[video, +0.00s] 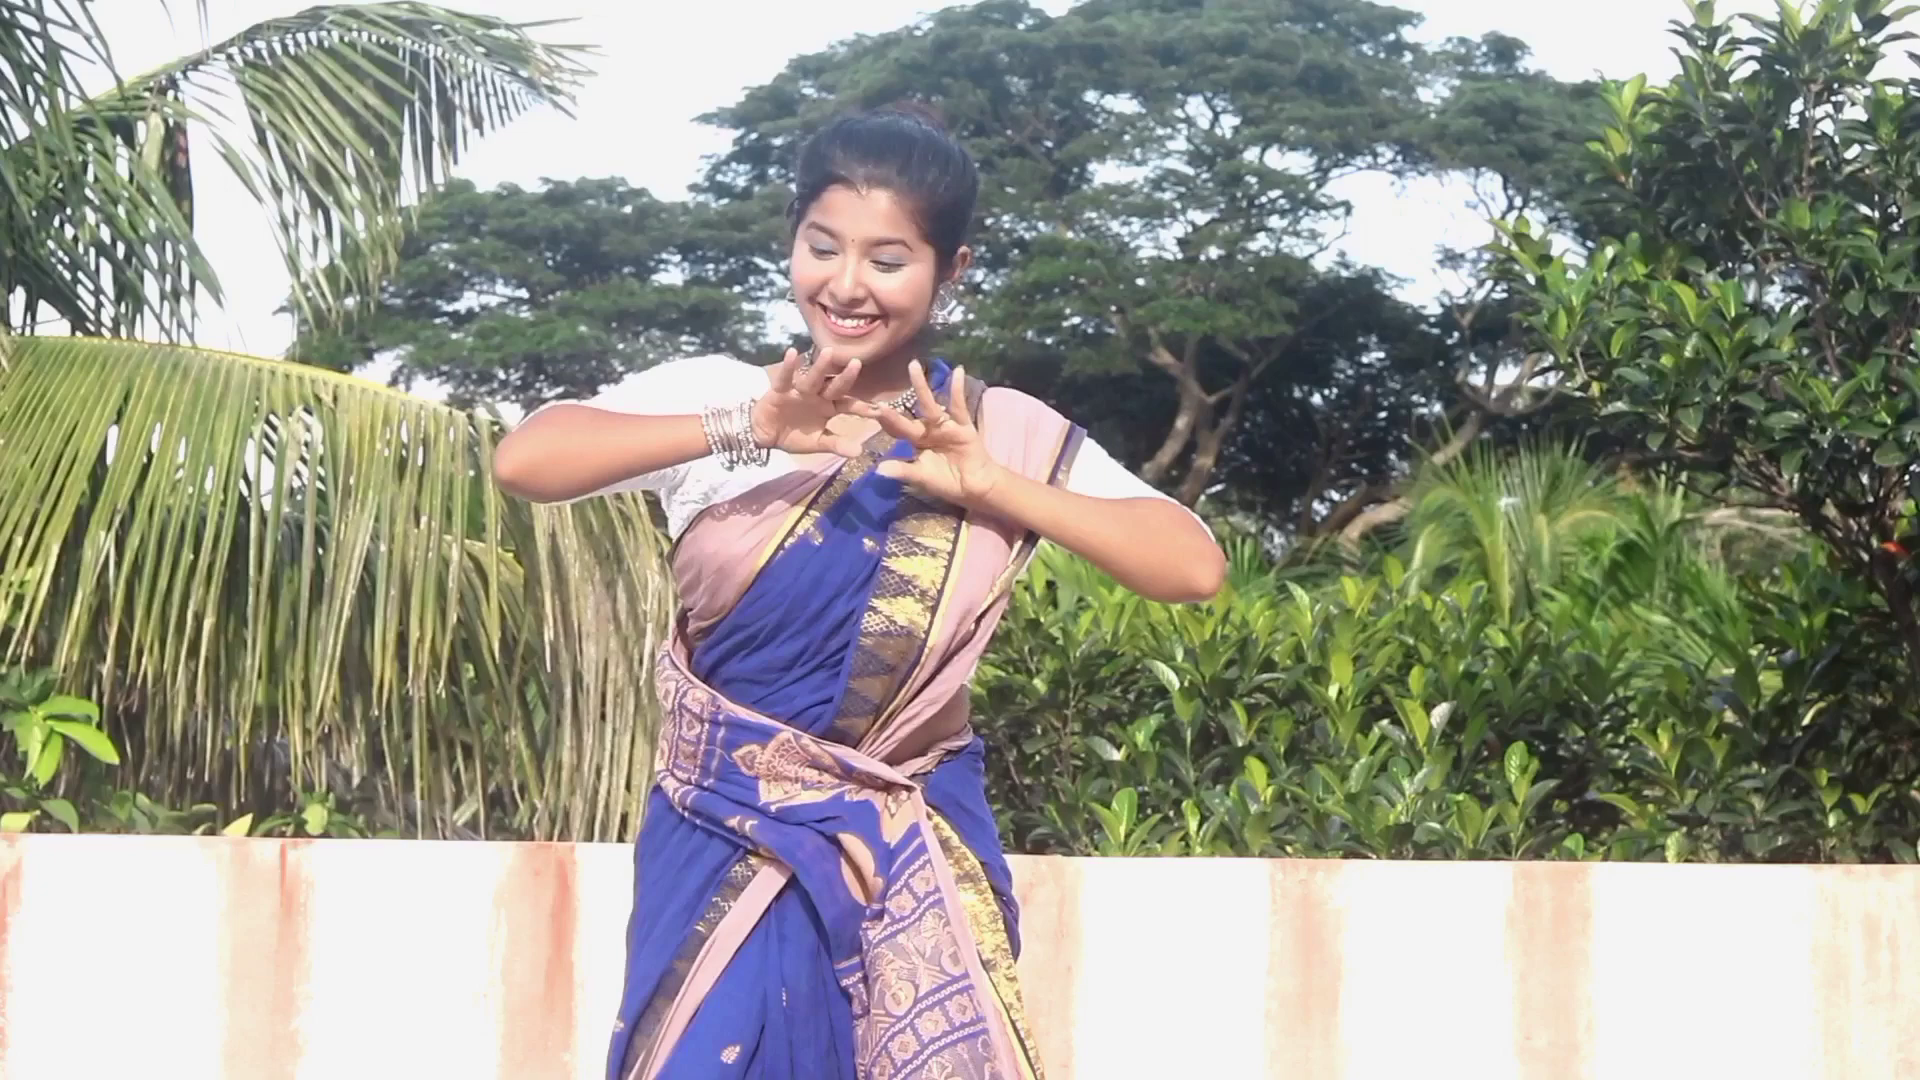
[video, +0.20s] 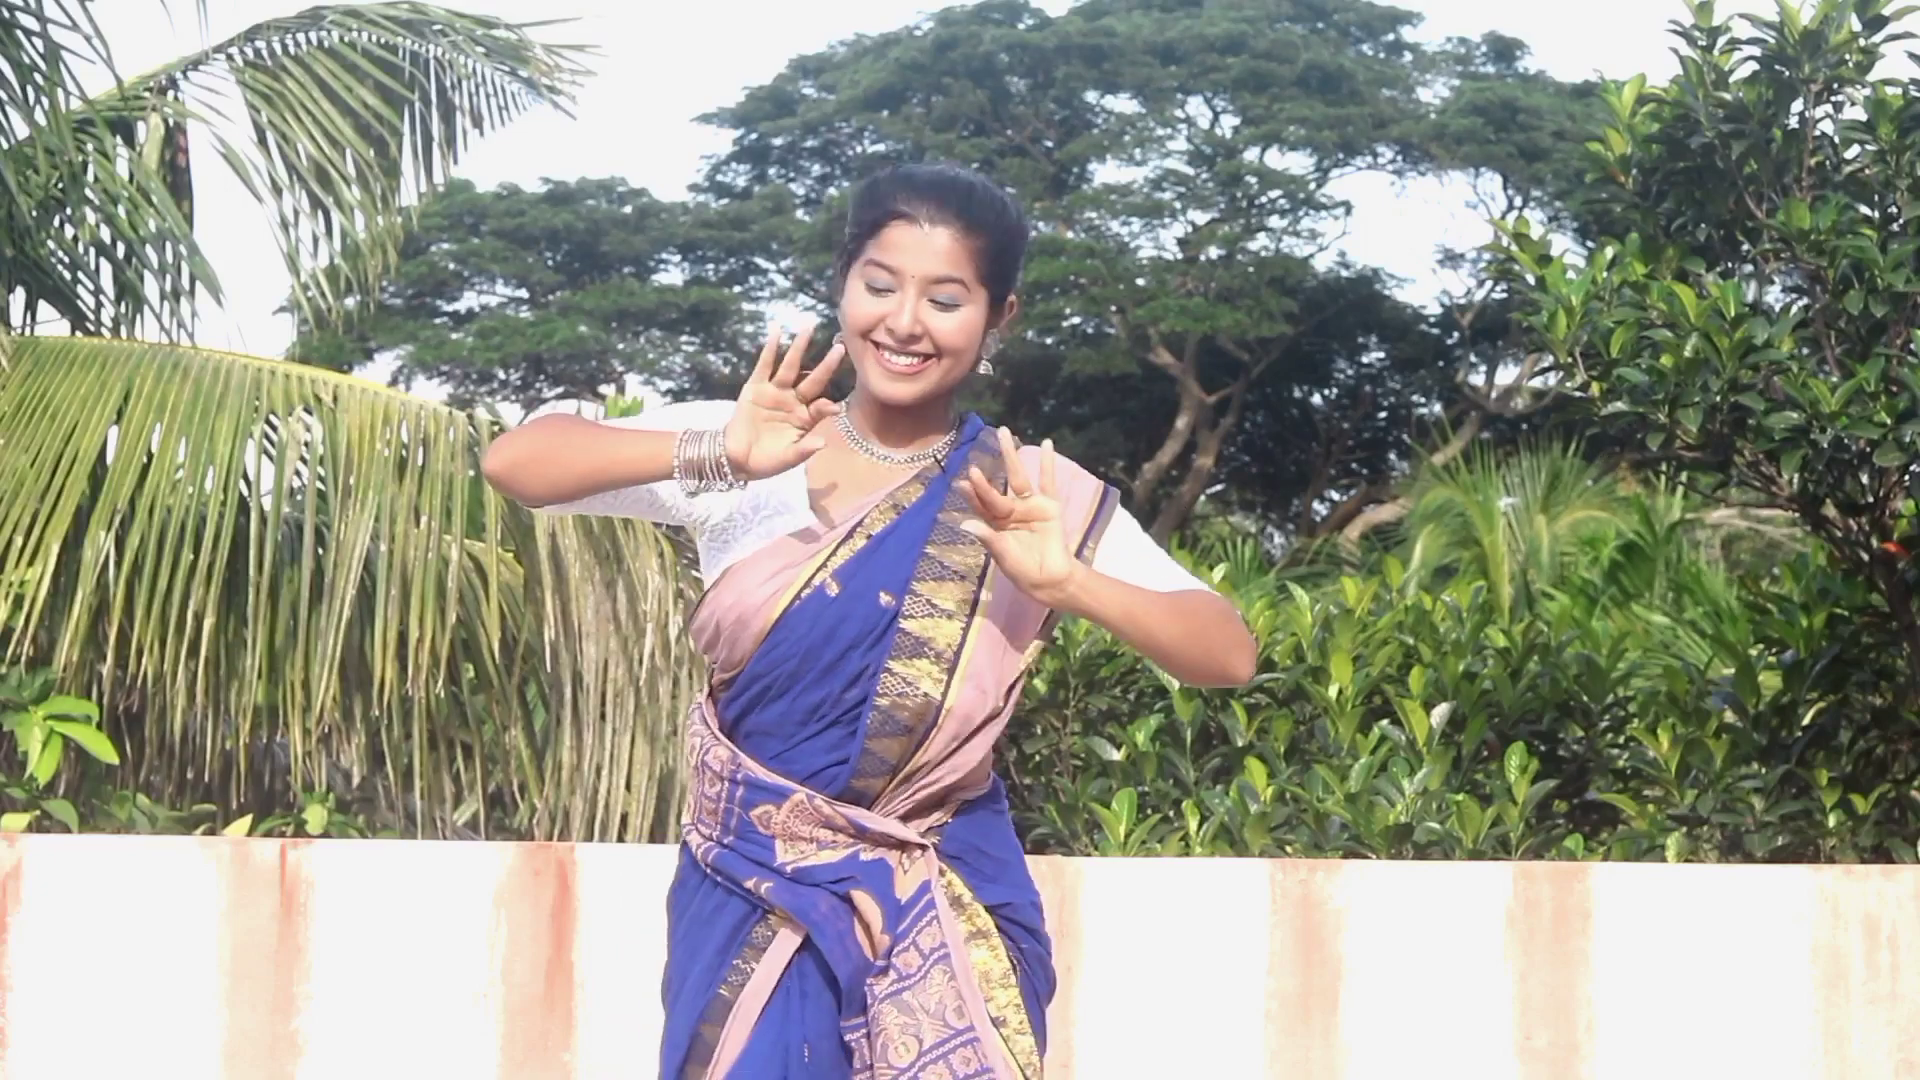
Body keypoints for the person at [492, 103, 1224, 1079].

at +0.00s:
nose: (847, 285)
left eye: (889, 259)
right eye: (823, 247)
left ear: (948, 272)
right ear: (791, 242)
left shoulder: (1006, 429)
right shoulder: (729, 390)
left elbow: (1196, 565)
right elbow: (523, 460)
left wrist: (996, 487)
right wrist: (746, 426)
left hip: (916, 838)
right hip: (723, 831)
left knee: (944, 1058)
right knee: (704, 1057)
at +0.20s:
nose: (906, 322)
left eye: (945, 296)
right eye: (881, 284)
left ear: (993, 321)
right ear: (842, 291)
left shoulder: (1034, 483)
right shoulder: (757, 442)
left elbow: (1233, 655)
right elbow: (510, 463)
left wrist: (1069, 584)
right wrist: (714, 452)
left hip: (946, 894)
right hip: (749, 883)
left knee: (968, 1056)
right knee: (762, 1054)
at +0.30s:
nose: (938, 339)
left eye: (978, 317)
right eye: (913, 301)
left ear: (1020, 344)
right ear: (868, 307)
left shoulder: (1052, 512)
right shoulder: (763, 469)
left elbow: (1240, 698)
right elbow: (512, 465)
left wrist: (1125, 632)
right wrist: (704, 447)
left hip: (963, 906)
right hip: (767, 898)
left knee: (981, 1061)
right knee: (772, 1061)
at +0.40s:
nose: (1011, 371)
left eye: (1045, 352)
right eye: (985, 332)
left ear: (1067, 385)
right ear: (919, 334)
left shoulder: (1078, 560)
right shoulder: (775, 480)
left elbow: (1231, 759)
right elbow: (527, 457)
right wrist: (655, 423)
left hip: (973, 930)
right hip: (781, 925)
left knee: (994, 1065)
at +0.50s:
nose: (1040, 386)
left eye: (1071, 372)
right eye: (1014, 348)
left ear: (1084, 406)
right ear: (942, 346)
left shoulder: (1084, 576)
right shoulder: (787, 490)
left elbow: (1226, 752)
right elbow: (546, 455)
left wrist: (1284, 741)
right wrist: (641, 392)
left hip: (978, 944)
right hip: (790, 938)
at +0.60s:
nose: (1085, 423)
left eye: (1111, 411)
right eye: (1060, 382)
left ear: (1114, 442)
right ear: (976, 376)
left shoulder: (1089, 603)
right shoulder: (819, 508)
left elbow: (1234, 748)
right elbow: (607, 453)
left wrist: (1355, 799)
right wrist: (595, 347)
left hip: (985, 973)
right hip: (799, 973)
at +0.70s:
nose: (1097, 436)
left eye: (1122, 422)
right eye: (1073, 395)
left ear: (1130, 450)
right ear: (986, 381)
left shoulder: (1101, 618)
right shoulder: (829, 513)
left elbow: (1242, 757)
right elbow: (635, 446)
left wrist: (1395, 816)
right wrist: (582, 336)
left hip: (991, 975)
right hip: (809, 975)